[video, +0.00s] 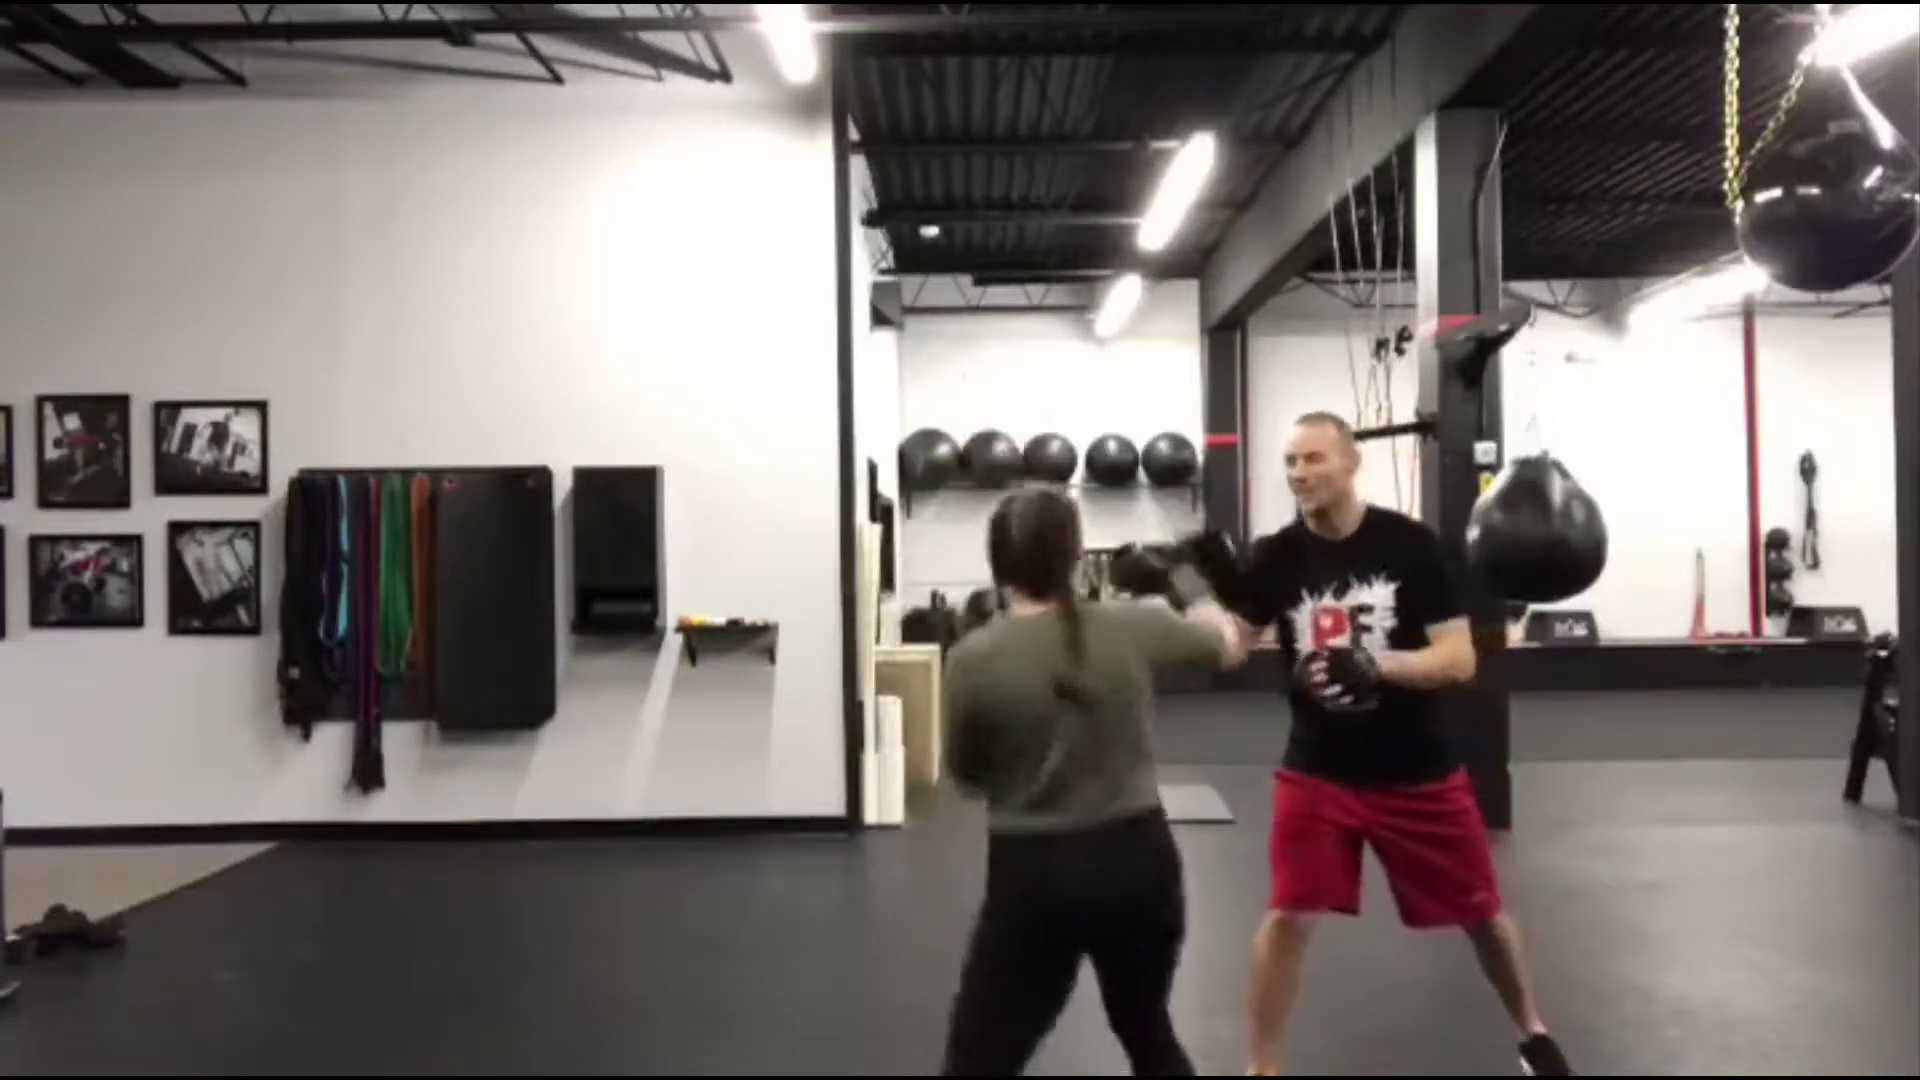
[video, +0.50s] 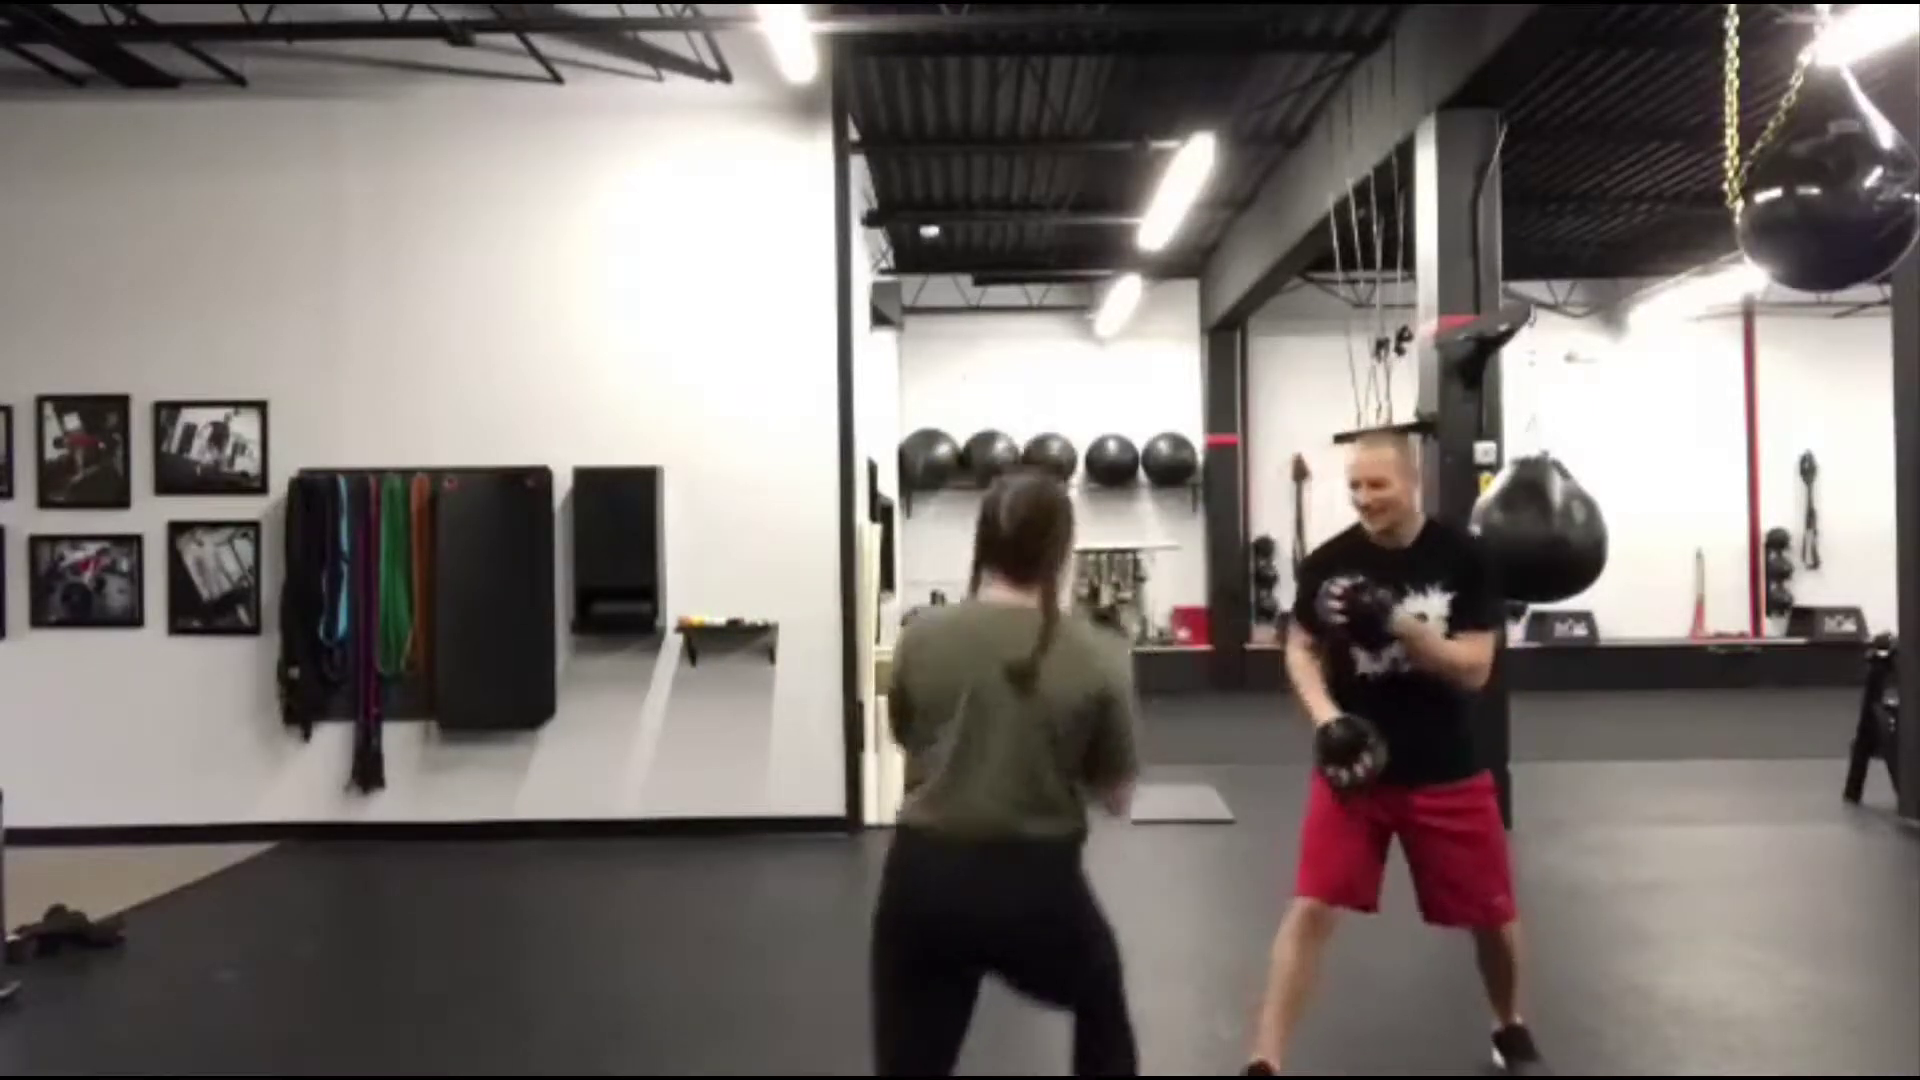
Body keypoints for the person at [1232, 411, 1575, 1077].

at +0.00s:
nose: (1300, 473)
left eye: (1314, 459)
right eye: (1291, 462)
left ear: (1353, 463)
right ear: (1286, 472)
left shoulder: (1414, 546)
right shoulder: (1274, 557)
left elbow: (1458, 659)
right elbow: (1230, 637)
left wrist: (1373, 664)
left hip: (1421, 774)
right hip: (1318, 775)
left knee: (1485, 915)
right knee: (1288, 915)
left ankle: (1534, 1034)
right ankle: (1262, 1065)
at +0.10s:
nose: (1294, 478)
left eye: (1307, 464)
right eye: (1285, 467)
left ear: (1345, 464)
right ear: (1278, 475)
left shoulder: (1408, 542)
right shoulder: (1267, 558)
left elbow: (1448, 650)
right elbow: (1227, 653)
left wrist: (1369, 645)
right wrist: (1218, 656)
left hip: (1416, 770)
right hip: (1314, 773)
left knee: (1476, 909)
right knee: (1287, 914)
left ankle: (1516, 1025)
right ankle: (1262, 1064)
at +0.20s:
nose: (1301, 493)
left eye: (1314, 479)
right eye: (1291, 481)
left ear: (1351, 475)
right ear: (1282, 485)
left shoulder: (1413, 545)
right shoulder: (1273, 560)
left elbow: (1443, 655)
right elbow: (1236, 653)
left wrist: (1355, 631)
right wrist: (1249, 722)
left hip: (1417, 774)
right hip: (1318, 777)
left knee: (1478, 914)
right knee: (1288, 915)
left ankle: (1509, 1019)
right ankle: (1261, 1065)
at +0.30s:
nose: (1322, 503)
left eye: (1335, 489)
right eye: (1312, 491)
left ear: (1372, 485)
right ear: (1304, 494)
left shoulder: (1423, 556)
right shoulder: (1291, 571)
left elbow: (1441, 666)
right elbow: (1257, 662)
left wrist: (1349, 630)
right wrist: (1285, 739)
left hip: (1425, 779)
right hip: (1329, 777)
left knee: (1483, 922)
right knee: (1293, 914)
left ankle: (1508, 1022)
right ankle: (1261, 1065)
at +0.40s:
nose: (1348, 506)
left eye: (1359, 492)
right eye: (1338, 494)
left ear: (1397, 485)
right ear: (1329, 494)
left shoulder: (1444, 564)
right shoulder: (1310, 572)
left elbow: (1458, 671)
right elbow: (1284, 666)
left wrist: (1368, 627)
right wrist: (1315, 738)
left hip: (1442, 781)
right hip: (1346, 779)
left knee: (1490, 924)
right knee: (1307, 915)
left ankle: (1510, 1030)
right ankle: (1264, 1064)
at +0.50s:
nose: (1366, 500)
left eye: (1378, 487)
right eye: (1357, 488)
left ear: (1413, 483)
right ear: (1347, 488)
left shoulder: (1464, 557)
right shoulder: (1325, 565)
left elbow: (1476, 665)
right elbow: (1300, 652)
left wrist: (1396, 626)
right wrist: (1330, 720)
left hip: (1451, 775)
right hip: (1354, 773)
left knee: (1496, 920)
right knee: (1313, 909)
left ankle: (1510, 1028)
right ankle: (1266, 1060)